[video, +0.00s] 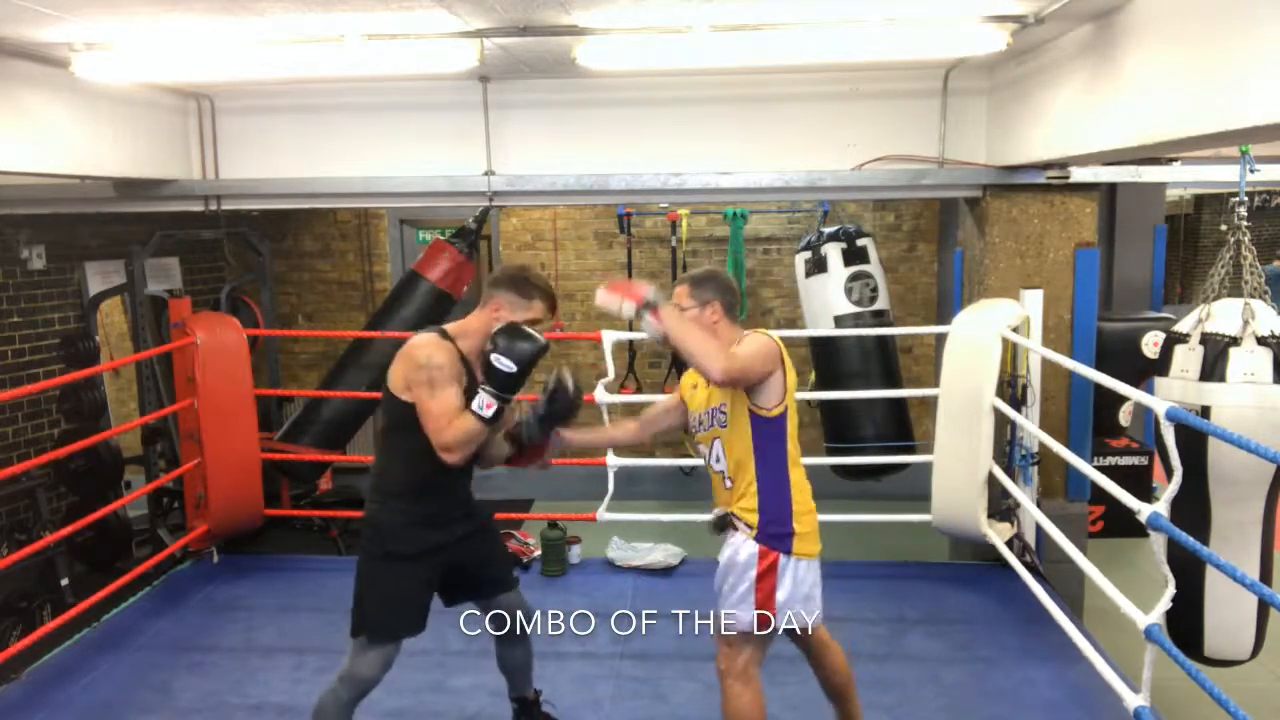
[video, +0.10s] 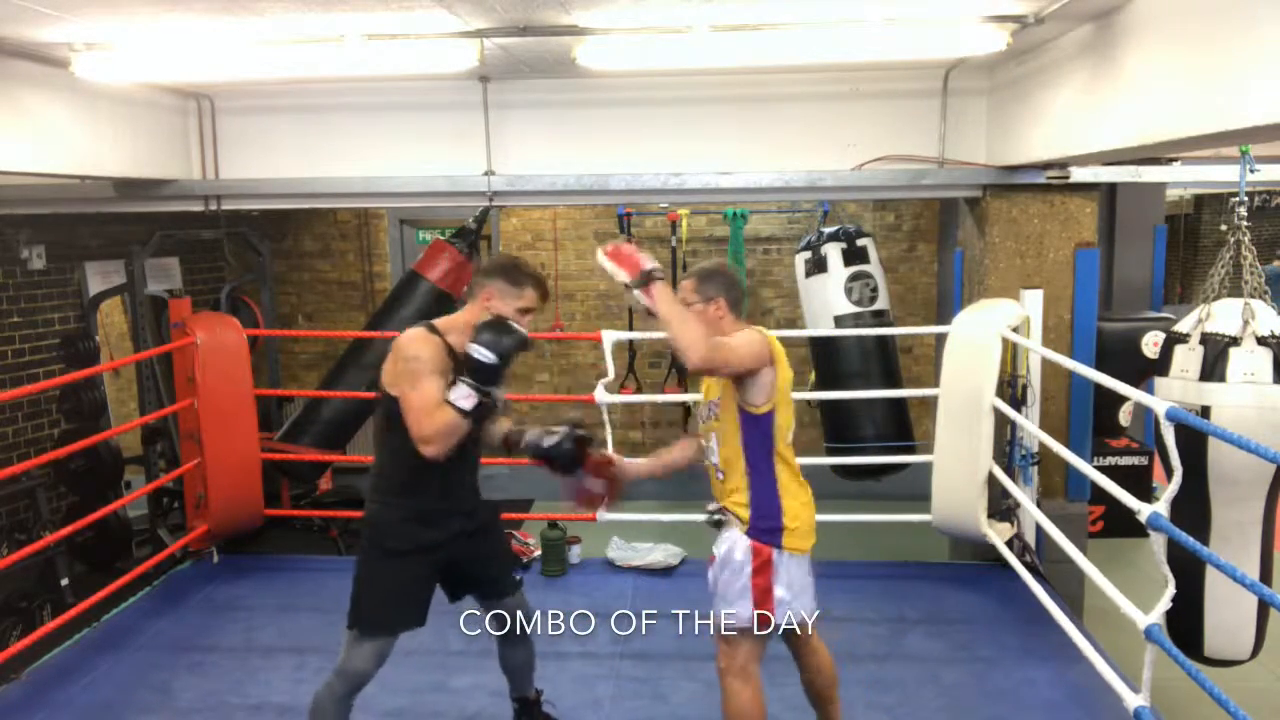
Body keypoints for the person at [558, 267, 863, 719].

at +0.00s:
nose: (673, 322)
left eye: (682, 310)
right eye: (671, 314)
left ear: (713, 311)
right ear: (709, 315)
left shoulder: (763, 346)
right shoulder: (695, 381)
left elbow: (722, 368)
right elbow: (639, 428)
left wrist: (656, 309)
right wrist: (560, 435)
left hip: (770, 534)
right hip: (760, 532)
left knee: (737, 665)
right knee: (811, 634)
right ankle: (852, 716)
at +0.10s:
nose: (680, 317)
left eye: (687, 306)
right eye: (679, 308)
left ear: (717, 308)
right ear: (717, 310)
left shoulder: (755, 343)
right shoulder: (721, 362)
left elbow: (700, 355)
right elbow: (700, 443)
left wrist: (652, 284)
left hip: (760, 531)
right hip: (771, 525)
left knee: (736, 665)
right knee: (804, 639)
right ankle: (831, 716)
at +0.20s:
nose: (687, 312)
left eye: (696, 302)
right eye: (689, 302)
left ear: (730, 305)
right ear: (732, 306)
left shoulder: (743, 349)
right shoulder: (767, 346)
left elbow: (667, 384)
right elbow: (751, 445)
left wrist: (610, 342)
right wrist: (683, 472)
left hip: (758, 529)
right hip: (791, 521)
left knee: (732, 661)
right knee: (804, 630)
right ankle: (836, 715)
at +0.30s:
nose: (695, 311)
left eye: (705, 301)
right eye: (696, 301)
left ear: (741, 304)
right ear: (744, 306)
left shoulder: (750, 354)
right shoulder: (780, 350)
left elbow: (683, 400)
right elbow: (764, 440)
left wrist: (611, 370)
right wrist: (699, 444)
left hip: (760, 529)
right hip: (800, 521)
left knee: (721, 652)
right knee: (805, 628)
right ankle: (837, 716)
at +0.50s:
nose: (691, 311)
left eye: (700, 301)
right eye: (691, 301)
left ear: (736, 308)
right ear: (740, 310)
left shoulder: (732, 364)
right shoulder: (785, 352)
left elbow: (665, 420)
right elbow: (743, 420)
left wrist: (596, 393)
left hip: (756, 537)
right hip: (806, 527)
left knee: (723, 660)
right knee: (810, 633)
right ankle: (837, 717)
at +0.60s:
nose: (683, 317)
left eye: (692, 307)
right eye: (684, 306)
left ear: (725, 314)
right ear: (726, 314)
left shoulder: (742, 376)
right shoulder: (761, 355)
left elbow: (718, 460)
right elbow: (724, 421)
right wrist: (674, 374)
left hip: (758, 537)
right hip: (790, 528)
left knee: (713, 659)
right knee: (802, 632)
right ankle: (835, 716)